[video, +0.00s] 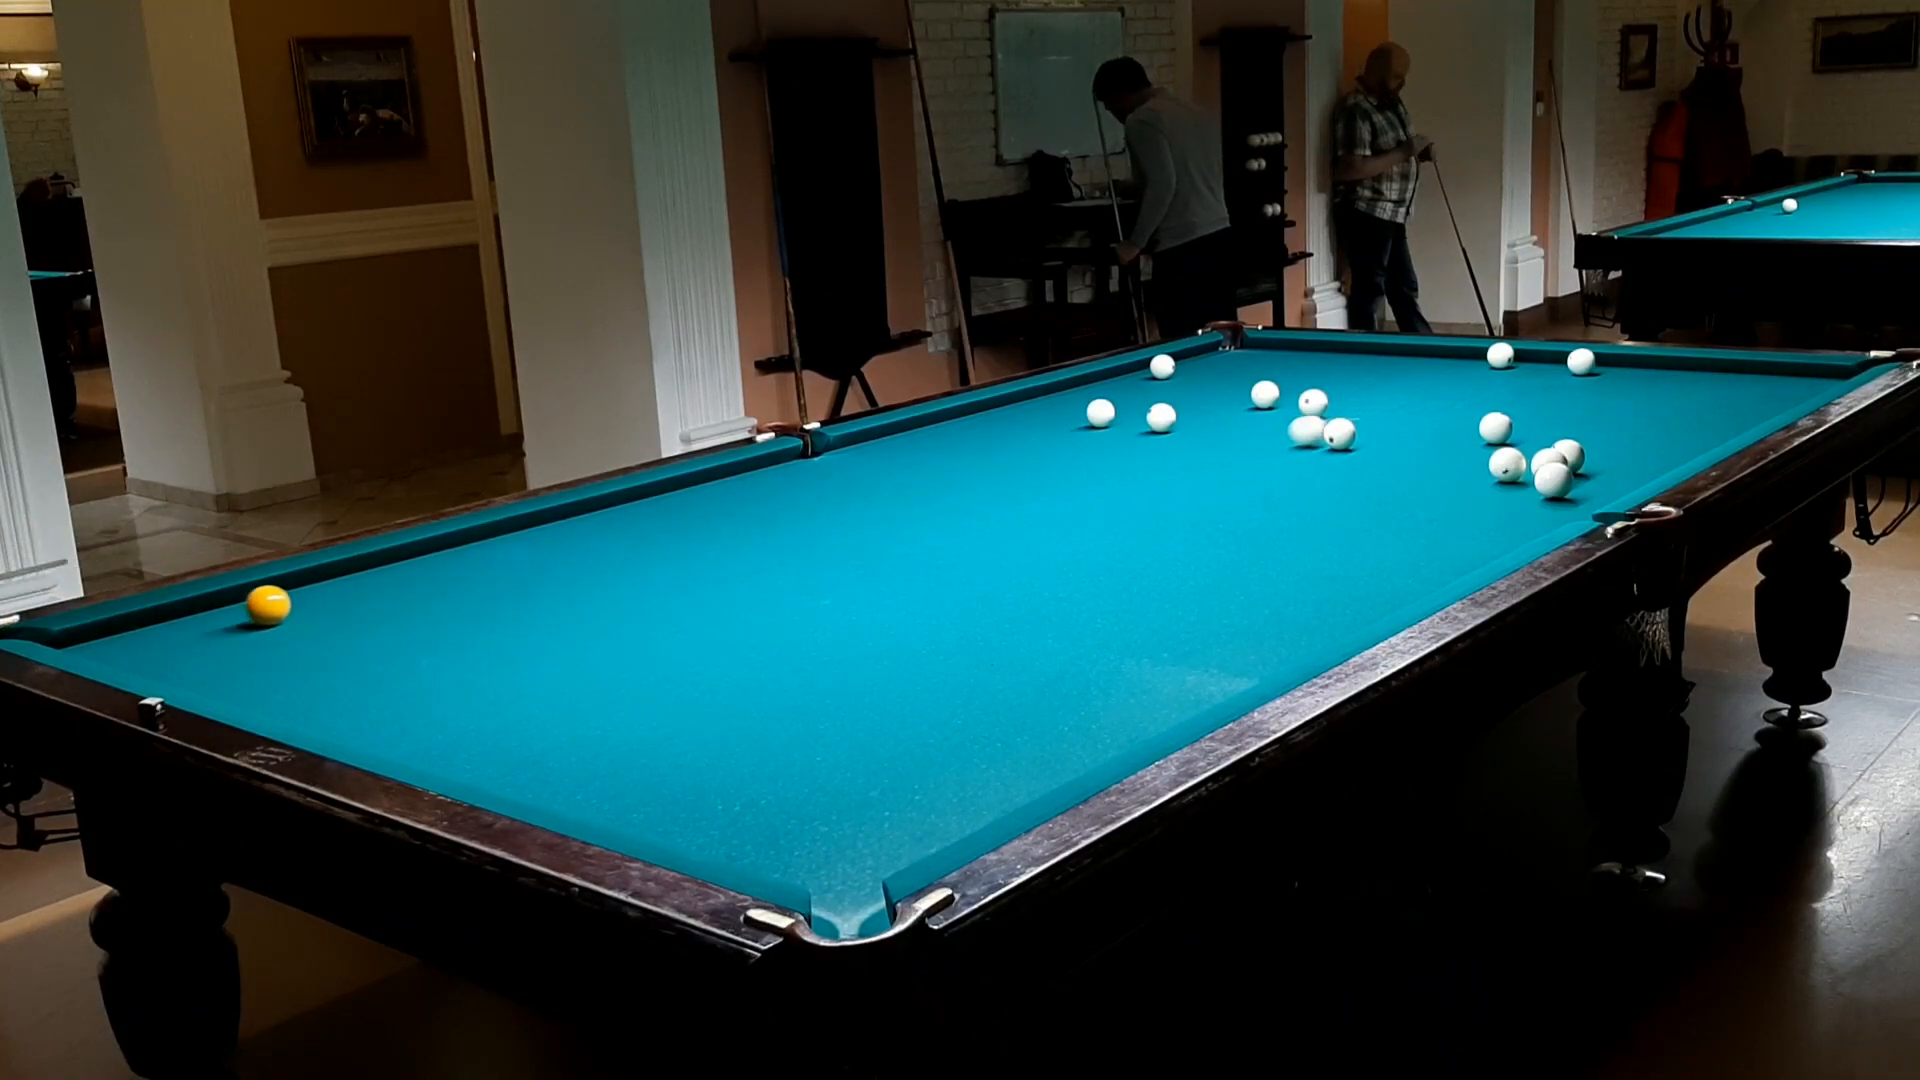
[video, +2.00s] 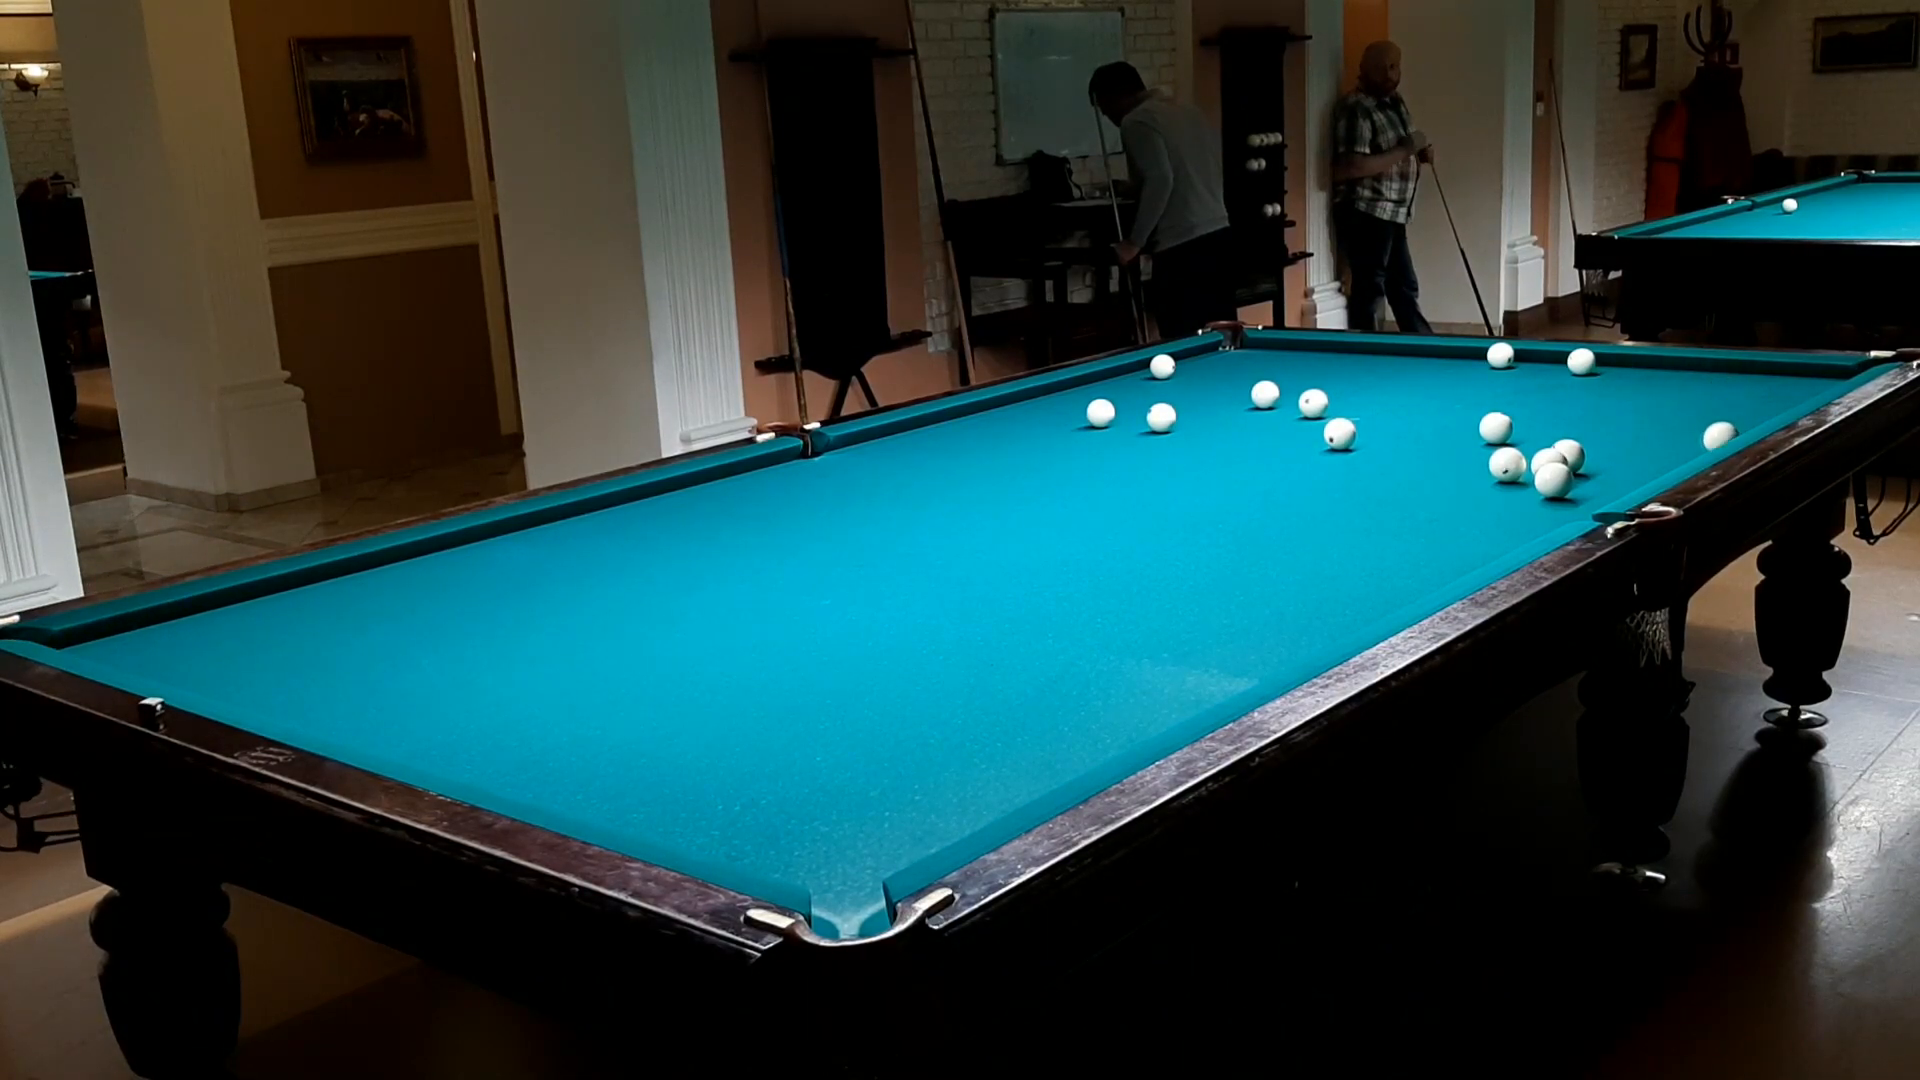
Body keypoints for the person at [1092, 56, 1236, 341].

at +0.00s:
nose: (1114, 115)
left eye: (1110, 105)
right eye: (1108, 108)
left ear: (1118, 96)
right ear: (1143, 82)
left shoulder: (1141, 122)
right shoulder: (1188, 110)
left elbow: (1161, 184)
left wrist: (1134, 243)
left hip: (1181, 249)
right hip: (1220, 238)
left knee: (1180, 343)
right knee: (1221, 333)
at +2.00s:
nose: (1107, 116)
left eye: (1104, 107)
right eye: (1102, 109)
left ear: (1113, 99)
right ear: (1138, 86)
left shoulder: (1137, 122)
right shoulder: (1183, 110)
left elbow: (1159, 180)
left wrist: (1134, 243)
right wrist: (1138, 188)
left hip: (1182, 250)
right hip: (1220, 238)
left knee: (1180, 344)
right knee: (1220, 336)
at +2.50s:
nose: (1111, 112)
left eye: (1108, 103)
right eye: (1106, 105)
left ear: (1118, 95)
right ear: (1143, 83)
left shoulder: (1139, 122)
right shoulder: (1185, 109)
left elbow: (1160, 180)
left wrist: (1134, 243)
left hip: (1180, 250)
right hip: (1219, 238)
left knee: (1181, 343)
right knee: (1221, 334)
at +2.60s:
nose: (1111, 110)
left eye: (1109, 102)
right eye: (1107, 103)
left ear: (1120, 94)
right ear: (1144, 82)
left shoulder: (1140, 121)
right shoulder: (1188, 110)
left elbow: (1160, 181)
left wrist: (1134, 243)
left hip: (1180, 250)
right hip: (1219, 239)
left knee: (1181, 343)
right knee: (1220, 334)